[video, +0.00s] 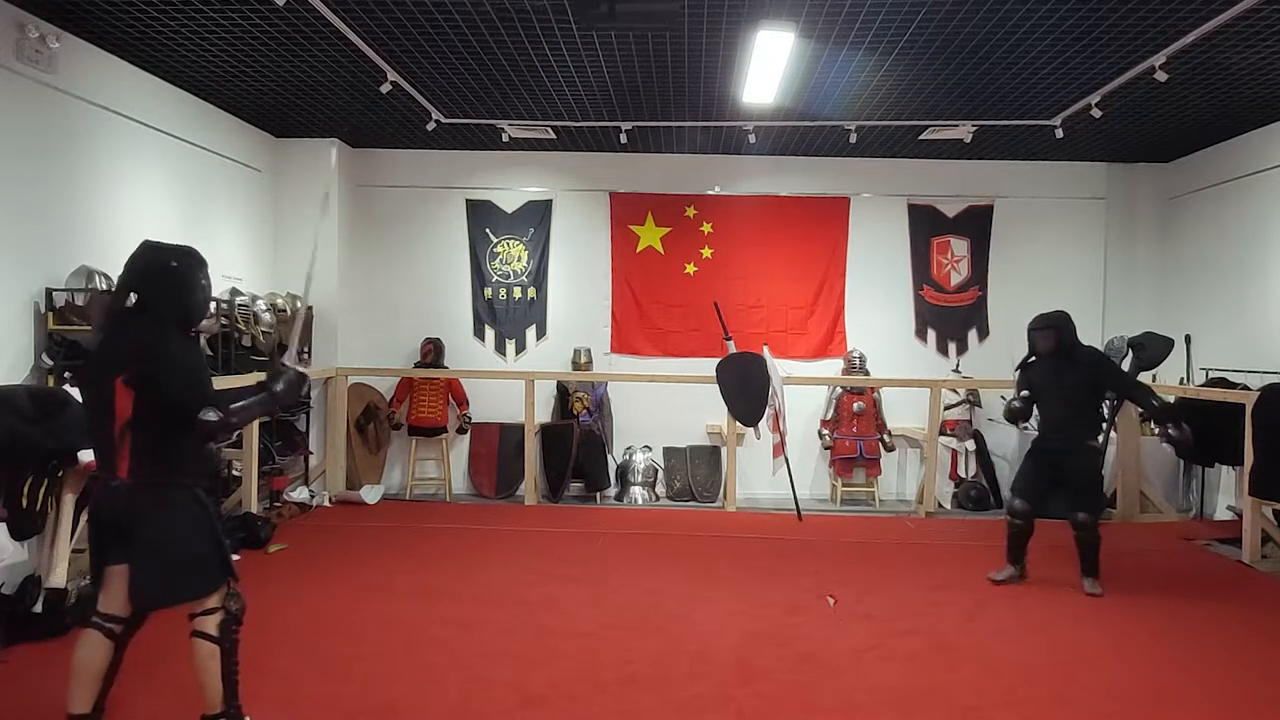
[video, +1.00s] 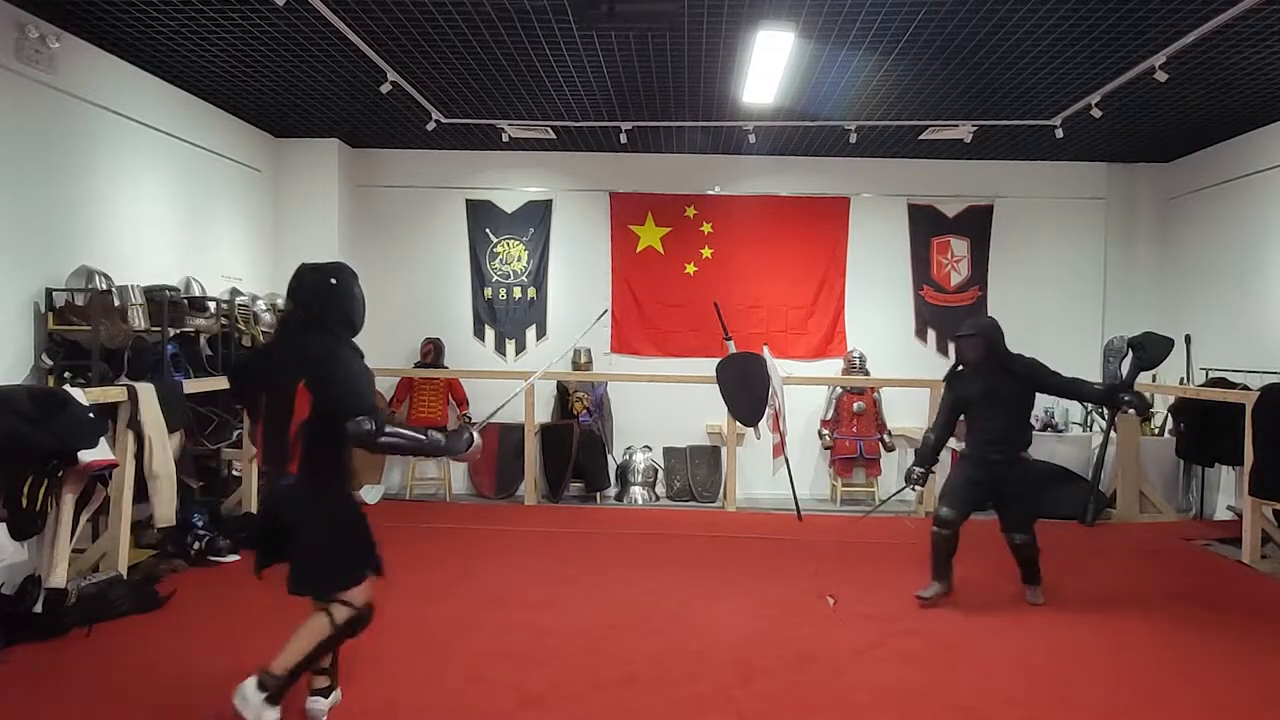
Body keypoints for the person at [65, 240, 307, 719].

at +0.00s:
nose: (209, 294)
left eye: (207, 283)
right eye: (202, 283)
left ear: (145, 287)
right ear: (178, 290)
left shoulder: (114, 338)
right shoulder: (173, 346)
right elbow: (205, 421)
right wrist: (271, 398)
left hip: (116, 497)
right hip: (170, 498)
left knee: (112, 614)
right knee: (217, 602)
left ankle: (79, 712)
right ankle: (222, 711)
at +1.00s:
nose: (361, 308)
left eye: (358, 298)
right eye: (356, 298)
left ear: (301, 301)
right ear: (340, 304)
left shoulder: (281, 346)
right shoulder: (335, 355)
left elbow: (240, 382)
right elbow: (362, 428)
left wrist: (273, 418)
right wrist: (444, 443)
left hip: (286, 487)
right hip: (319, 492)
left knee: (332, 591)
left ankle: (322, 689)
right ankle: (263, 688)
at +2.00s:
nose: (538, 346)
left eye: (538, 338)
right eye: (535, 338)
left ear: (484, 336)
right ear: (522, 339)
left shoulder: (461, 382)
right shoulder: (531, 387)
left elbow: (419, 418)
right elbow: (570, 444)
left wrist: (455, 447)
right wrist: (628, 453)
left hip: (476, 506)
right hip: (533, 506)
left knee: (444, 590)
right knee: (592, 560)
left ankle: (386, 673)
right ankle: (622, 647)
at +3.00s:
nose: (709, 363)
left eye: (703, 358)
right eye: (705, 359)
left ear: (663, 366)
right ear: (701, 365)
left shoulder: (645, 405)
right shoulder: (717, 400)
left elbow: (605, 434)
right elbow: (767, 428)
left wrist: (641, 467)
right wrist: (812, 427)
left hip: (665, 516)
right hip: (715, 512)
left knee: (619, 578)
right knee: (756, 532)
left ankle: (583, 650)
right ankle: (741, 613)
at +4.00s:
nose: (756, 338)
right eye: (753, 332)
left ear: (710, 335)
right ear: (748, 336)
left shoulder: (690, 369)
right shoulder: (754, 377)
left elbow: (648, 394)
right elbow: (786, 433)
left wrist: (676, 428)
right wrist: (834, 429)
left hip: (692, 479)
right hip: (738, 481)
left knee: (682, 550)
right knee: (777, 532)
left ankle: (662, 624)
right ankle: (755, 612)